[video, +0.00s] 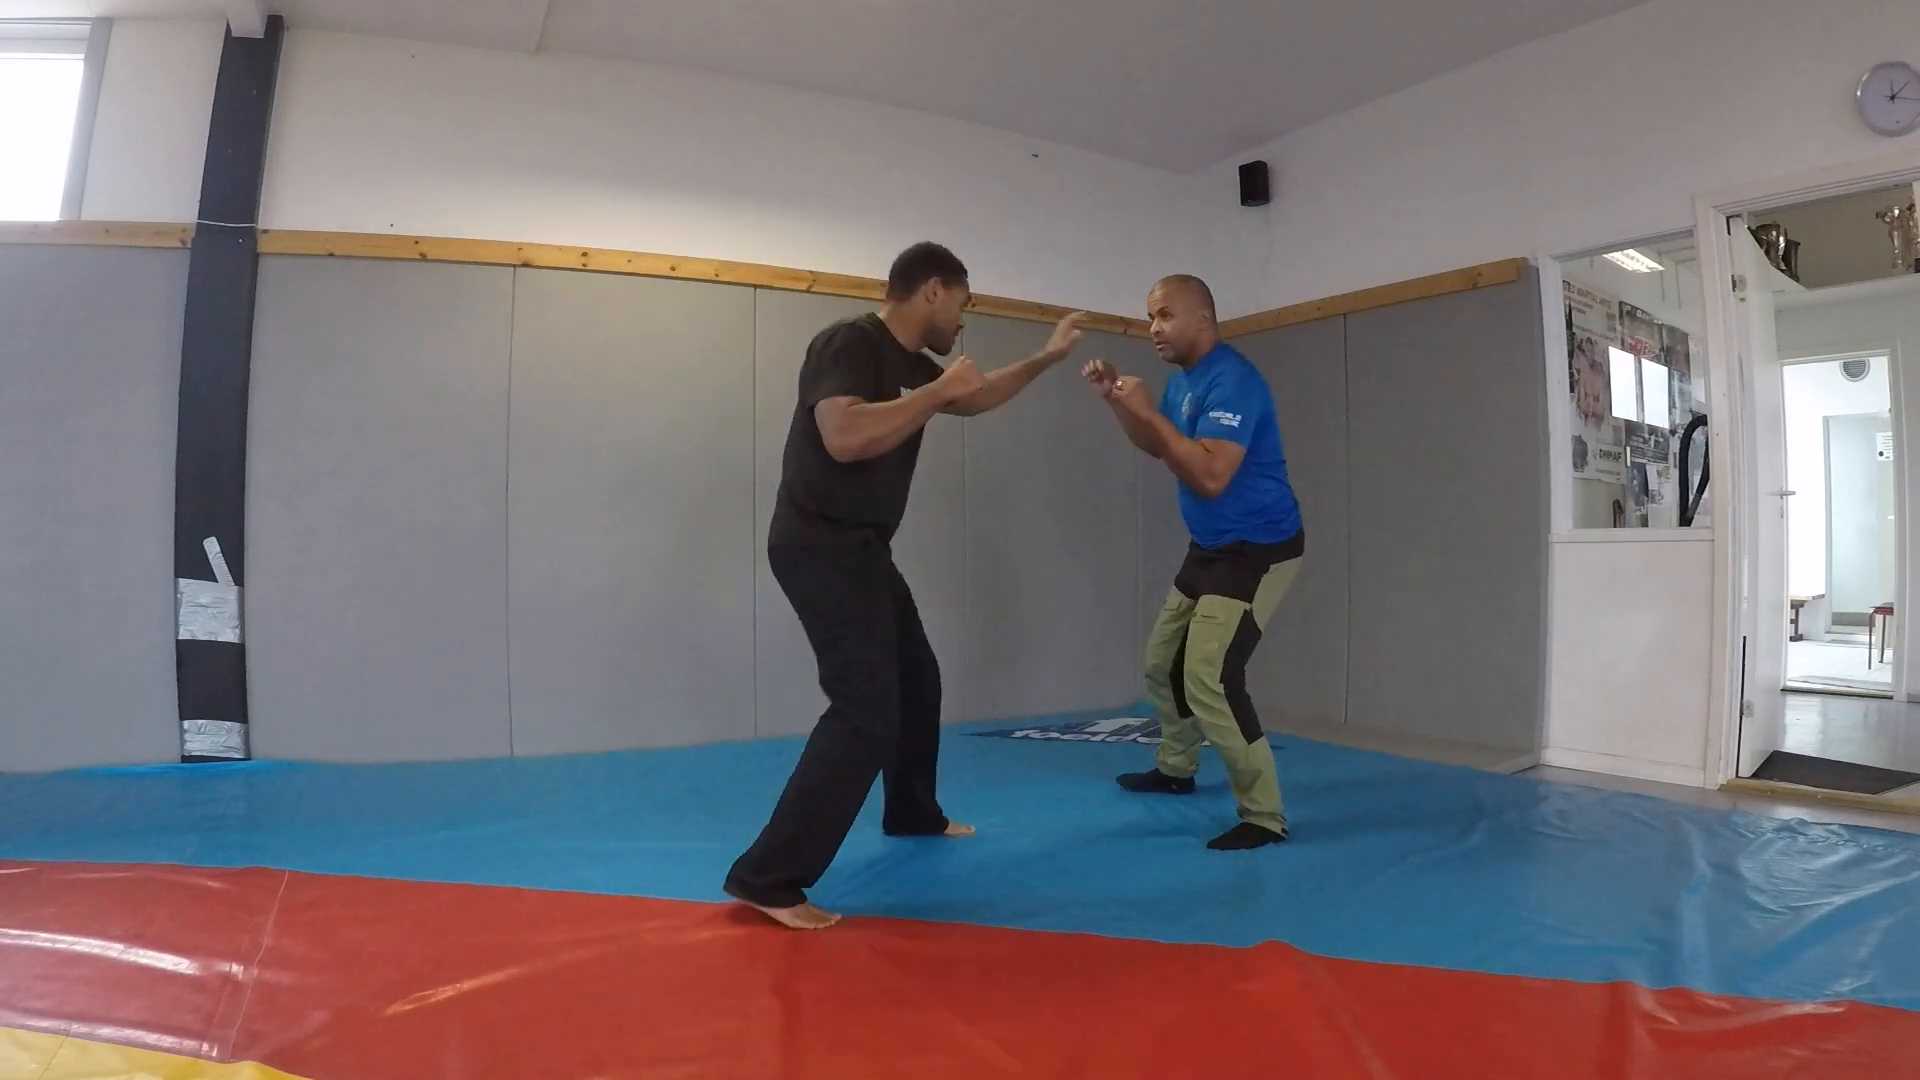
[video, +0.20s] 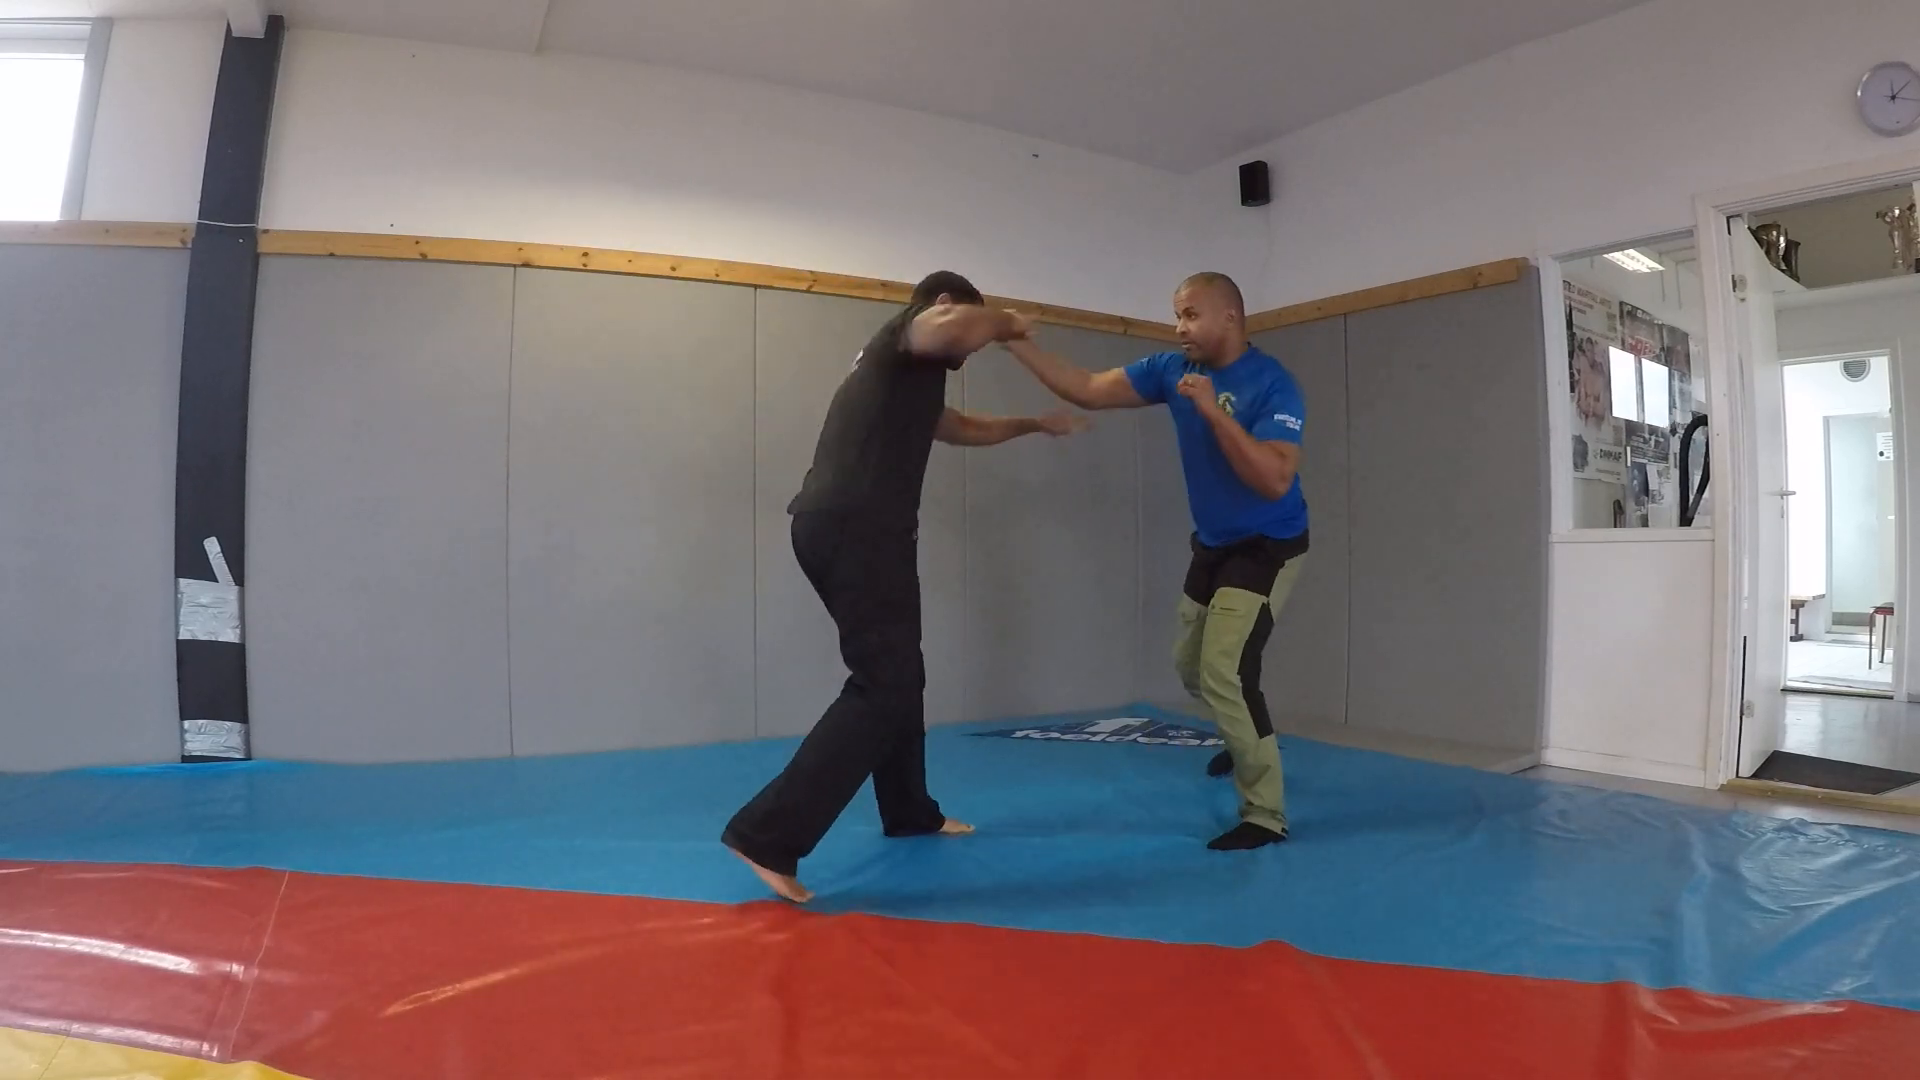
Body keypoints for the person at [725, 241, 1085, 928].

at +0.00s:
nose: (963, 318)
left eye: (965, 307)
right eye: (962, 304)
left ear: (924, 294)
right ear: (932, 292)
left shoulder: (915, 363)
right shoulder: (848, 343)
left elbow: (976, 400)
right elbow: (844, 437)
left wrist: (1048, 358)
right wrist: (940, 393)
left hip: (863, 548)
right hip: (818, 547)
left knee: (917, 677)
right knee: (868, 705)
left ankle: (912, 813)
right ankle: (766, 879)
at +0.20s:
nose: (976, 348)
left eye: (980, 337)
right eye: (975, 331)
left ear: (925, 304)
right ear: (950, 310)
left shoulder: (901, 370)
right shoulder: (912, 327)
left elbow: (959, 427)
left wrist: (1033, 424)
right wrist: (1005, 320)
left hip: (849, 527)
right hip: (857, 526)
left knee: (900, 674)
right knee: (885, 687)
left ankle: (909, 813)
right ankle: (766, 835)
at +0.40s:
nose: (959, 322)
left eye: (955, 314)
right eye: (956, 314)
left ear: (901, 304)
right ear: (939, 304)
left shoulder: (856, 353)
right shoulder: (934, 320)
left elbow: (896, 451)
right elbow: (1048, 322)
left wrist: (961, 419)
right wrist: (1128, 337)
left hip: (840, 517)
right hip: (882, 515)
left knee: (911, 668)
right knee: (864, 683)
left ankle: (911, 813)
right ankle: (733, 824)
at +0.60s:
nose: (968, 331)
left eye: (966, 321)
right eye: (966, 321)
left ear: (912, 300)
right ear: (950, 308)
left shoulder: (867, 348)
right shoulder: (916, 322)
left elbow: (922, 444)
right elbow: (1033, 339)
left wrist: (951, 379)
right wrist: (1047, 314)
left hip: (834, 520)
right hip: (856, 520)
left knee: (901, 672)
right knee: (864, 683)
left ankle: (910, 816)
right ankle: (731, 824)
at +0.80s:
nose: (946, 326)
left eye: (949, 316)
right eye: (946, 310)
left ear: (902, 291)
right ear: (919, 291)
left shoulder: (859, 350)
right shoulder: (868, 329)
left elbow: (897, 450)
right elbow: (985, 382)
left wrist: (945, 389)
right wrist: (1030, 352)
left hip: (852, 542)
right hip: (824, 538)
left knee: (923, 665)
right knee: (797, 700)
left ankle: (918, 811)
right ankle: (699, 857)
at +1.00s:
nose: (972, 337)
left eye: (977, 328)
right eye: (974, 324)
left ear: (940, 308)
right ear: (949, 307)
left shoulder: (903, 362)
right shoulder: (866, 346)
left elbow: (912, 437)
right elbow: (898, 442)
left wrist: (961, 390)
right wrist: (986, 400)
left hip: (866, 547)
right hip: (816, 539)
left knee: (929, 668)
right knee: (799, 705)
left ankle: (945, 810)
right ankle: (703, 855)